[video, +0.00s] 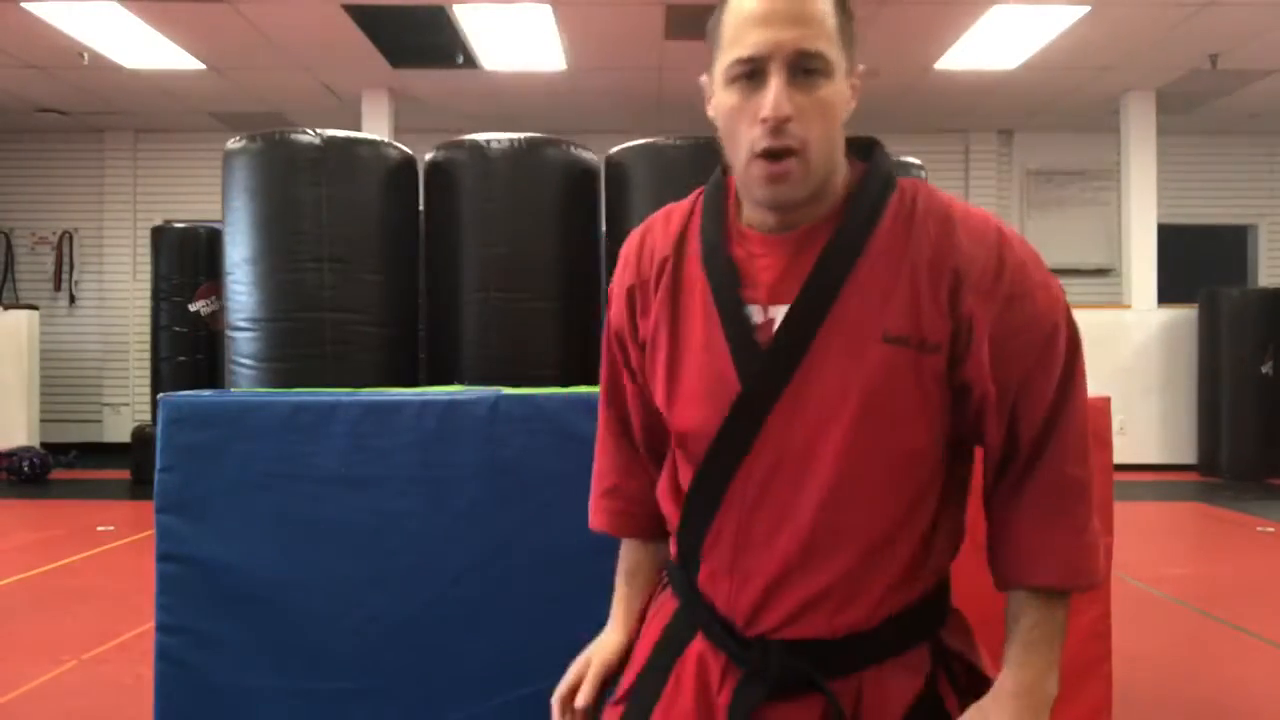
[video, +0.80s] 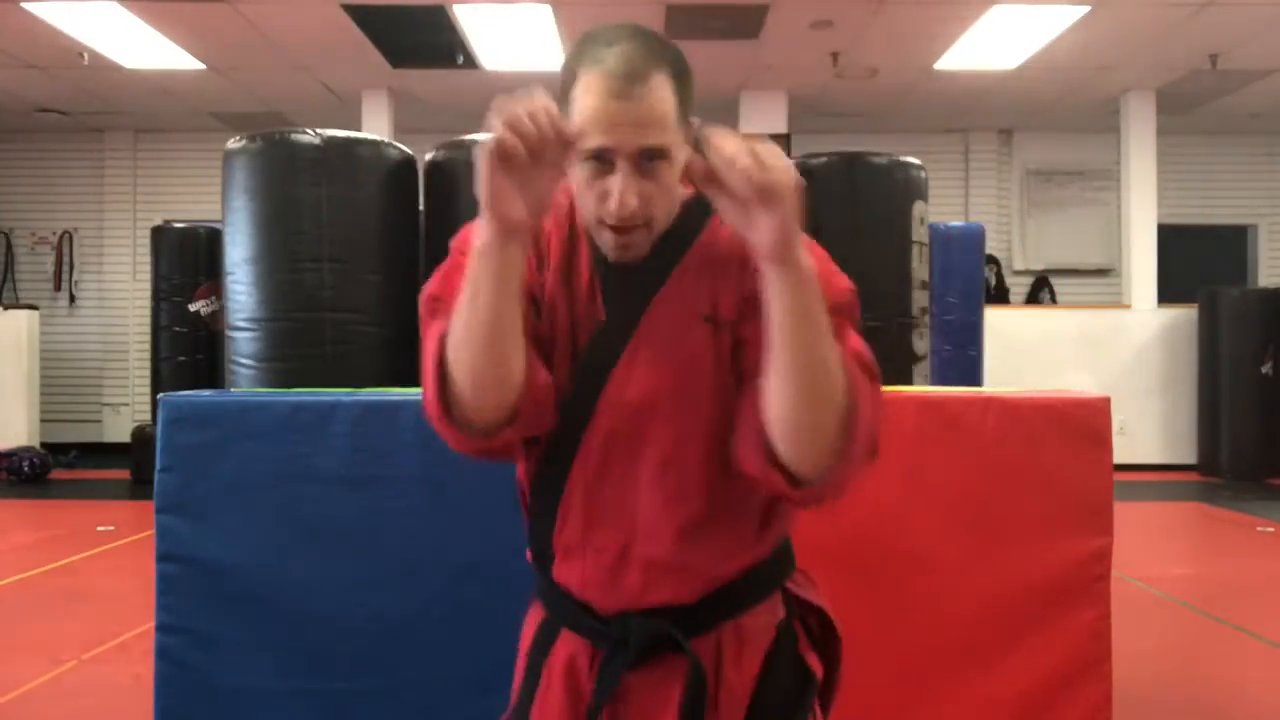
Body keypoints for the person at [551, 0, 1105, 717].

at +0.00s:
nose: (776, 107)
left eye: (807, 72)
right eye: (748, 76)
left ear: (853, 89)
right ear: (711, 100)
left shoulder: (974, 263)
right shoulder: (652, 258)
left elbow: (1045, 478)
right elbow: (638, 458)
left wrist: (1027, 683)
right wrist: (621, 622)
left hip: (883, 688)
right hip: (686, 676)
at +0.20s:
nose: (717, 125)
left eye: (746, 91)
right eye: (688, 95)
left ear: (793, 104)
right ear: (654, 117)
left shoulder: (923, 266)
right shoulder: (620, 280)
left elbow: (996, 484)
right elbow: (602, 486)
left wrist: (981, 687)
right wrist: (563, 655)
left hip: (857, 690)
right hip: (669, 682)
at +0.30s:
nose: (685, 131)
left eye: (714, 99)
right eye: (658, 102)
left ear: (759, 116)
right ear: (624, 122)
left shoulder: (869, 271)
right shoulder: (586, 288)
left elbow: (924, 472)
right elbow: (537, 489)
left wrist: (888, 645)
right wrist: (484, 653)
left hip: (819, 678)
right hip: (639, 674)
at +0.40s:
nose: (644, 140)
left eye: (673, 112)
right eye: (620, 111)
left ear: (715, 126)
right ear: (586, 128)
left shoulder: (802, 271)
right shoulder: (544, 282)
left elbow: (853, 474)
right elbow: (476, 439)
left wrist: (775, 530)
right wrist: (434, 514)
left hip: (773, 670)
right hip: (605, 665)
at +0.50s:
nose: (606, 150)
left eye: (635, 118)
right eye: (583, 119)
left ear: (677, 124)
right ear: (550, 126)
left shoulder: (769, 253)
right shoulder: (517, 250)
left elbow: (819, 454)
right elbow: (440, 440)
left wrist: (713, 353)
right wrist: (426, 346)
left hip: (739, 655)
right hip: (581, 649)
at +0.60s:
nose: (592, 173)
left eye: (616, 135)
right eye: (567, 140)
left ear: (665, 125)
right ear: (540, 140)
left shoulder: (758, 239)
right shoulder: (517, 230)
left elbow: (799, 411)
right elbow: (424, 380)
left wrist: (710, 219)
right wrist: (441, 214)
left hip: (723, 643)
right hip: (563, 641)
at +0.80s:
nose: (623, 197)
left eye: (651, 162)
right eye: (599, 162)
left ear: (691, 150)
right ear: (563, 151)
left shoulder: (763, 255)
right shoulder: (509, 246)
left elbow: (815, 460)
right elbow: (477, 422)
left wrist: (782, 257)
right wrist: (505, 234)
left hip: (732, 653)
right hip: (572, 648)